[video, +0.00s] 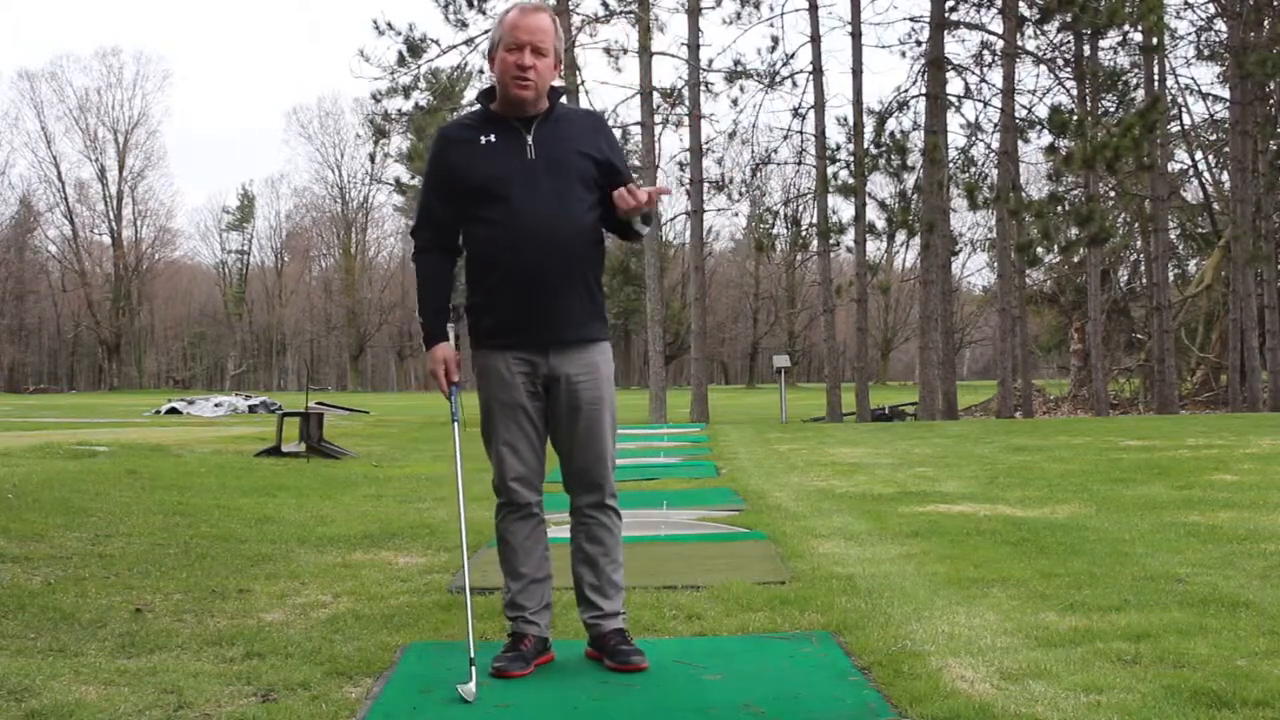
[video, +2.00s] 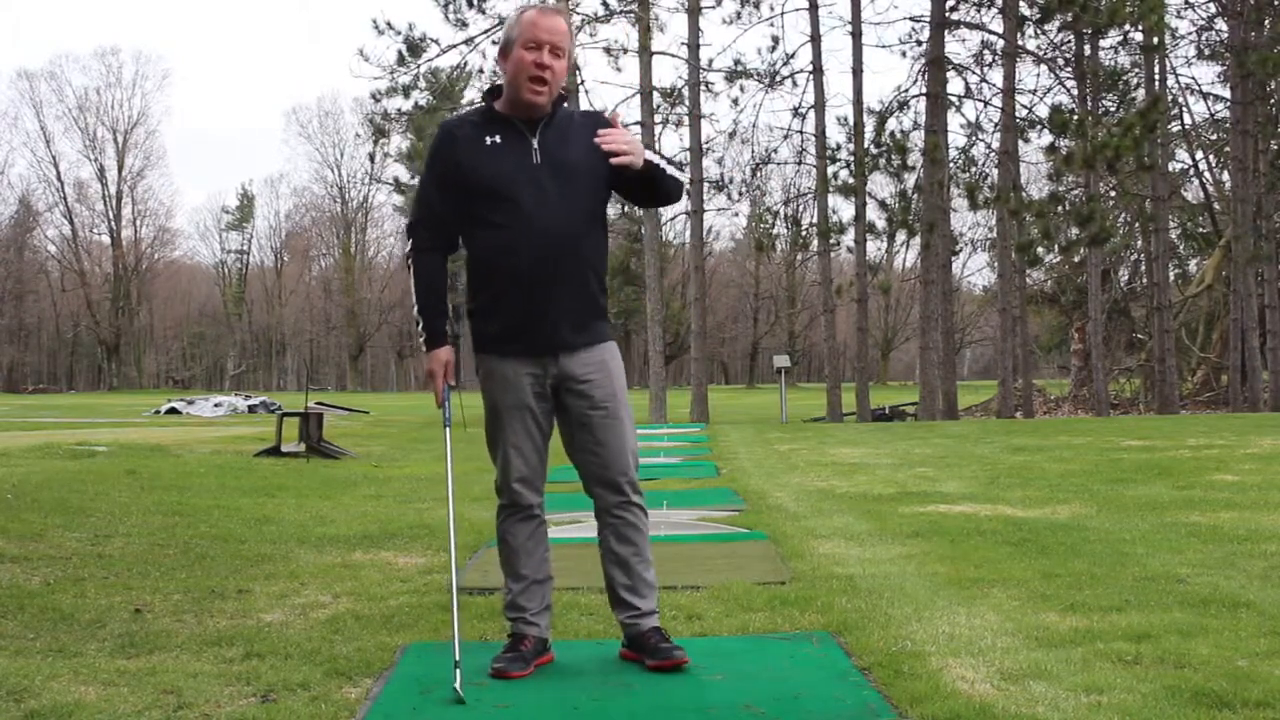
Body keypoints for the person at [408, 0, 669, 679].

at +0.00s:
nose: (525, 61)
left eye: (538, 50)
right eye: (513, 48)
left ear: (557, 62)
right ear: (492, 57)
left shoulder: (589, 130)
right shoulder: (456, 142)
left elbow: (624, 224)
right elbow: (434, 243)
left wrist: (631, 210)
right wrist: (436, 334)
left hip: (582, 340)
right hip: (499, 345)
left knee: (596, 493)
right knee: (517, 496)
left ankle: (608, 627)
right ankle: (528, 630)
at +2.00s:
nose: (543, 61)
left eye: (556, 52)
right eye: (531, 47)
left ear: (569, 66)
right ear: (503, 56)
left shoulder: (594, 130)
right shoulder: (460, 138)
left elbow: (664, 194)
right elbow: (428, 239)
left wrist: (642, 163)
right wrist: (437, 337)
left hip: (587, 338)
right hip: (505, 346)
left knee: (620, 486)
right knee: (519, 495)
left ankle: (642, 626)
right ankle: (527, 631)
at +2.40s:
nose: (597, 57)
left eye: (611, 50)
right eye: (587, 43)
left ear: (623, 66)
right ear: (559, 50)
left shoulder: (649, 137)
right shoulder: (510, 132)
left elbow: (720, 181)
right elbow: (473, 234)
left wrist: (741, 140)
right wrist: (476, 328)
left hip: (629, 344)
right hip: (545, 345)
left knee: (636, 494)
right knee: (539, 495)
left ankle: (644, 628)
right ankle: (530, 630)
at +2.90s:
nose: (643, 56)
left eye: (658, 48)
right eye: (634, 44)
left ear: (676, 65)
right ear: (611, 53)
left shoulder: (701, 140)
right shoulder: (564, 129)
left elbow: (776, 179)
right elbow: (523, 227)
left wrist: (840, 149)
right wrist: (515, 319)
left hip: (666, 347)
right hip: (583, 343)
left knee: (655, 496)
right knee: (566, 494)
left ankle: (645, 629)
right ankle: (553, 632)